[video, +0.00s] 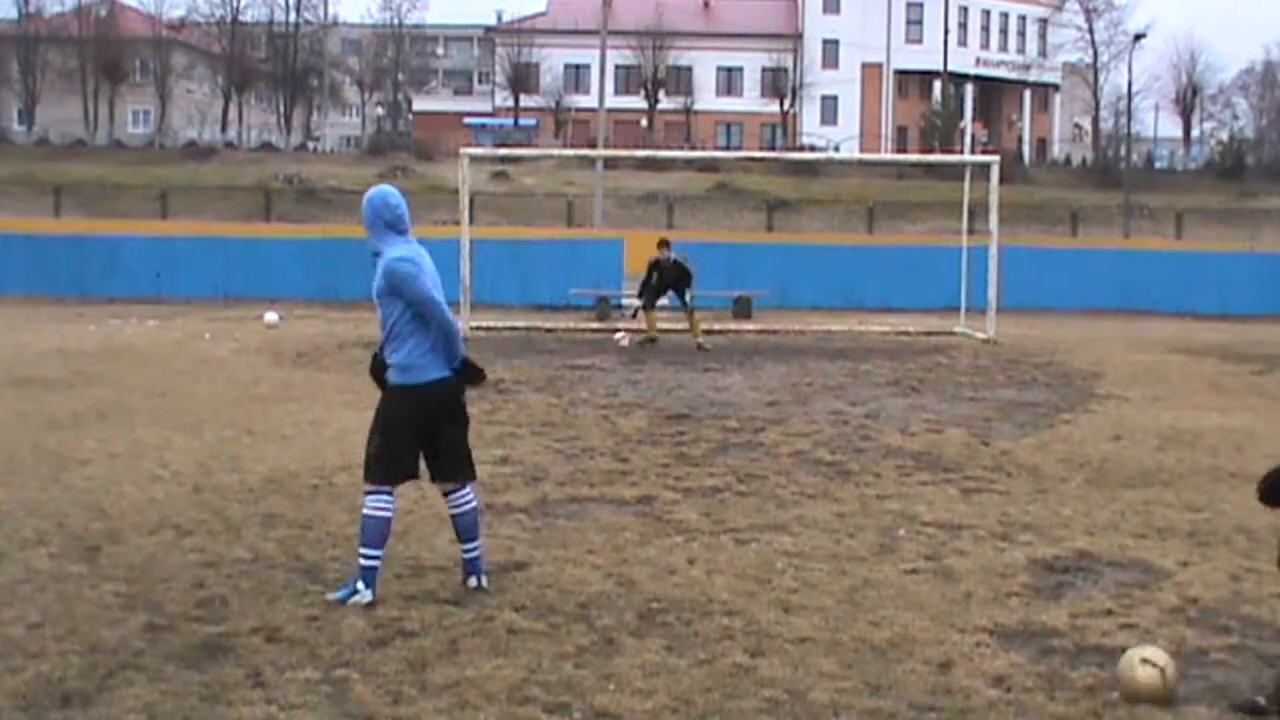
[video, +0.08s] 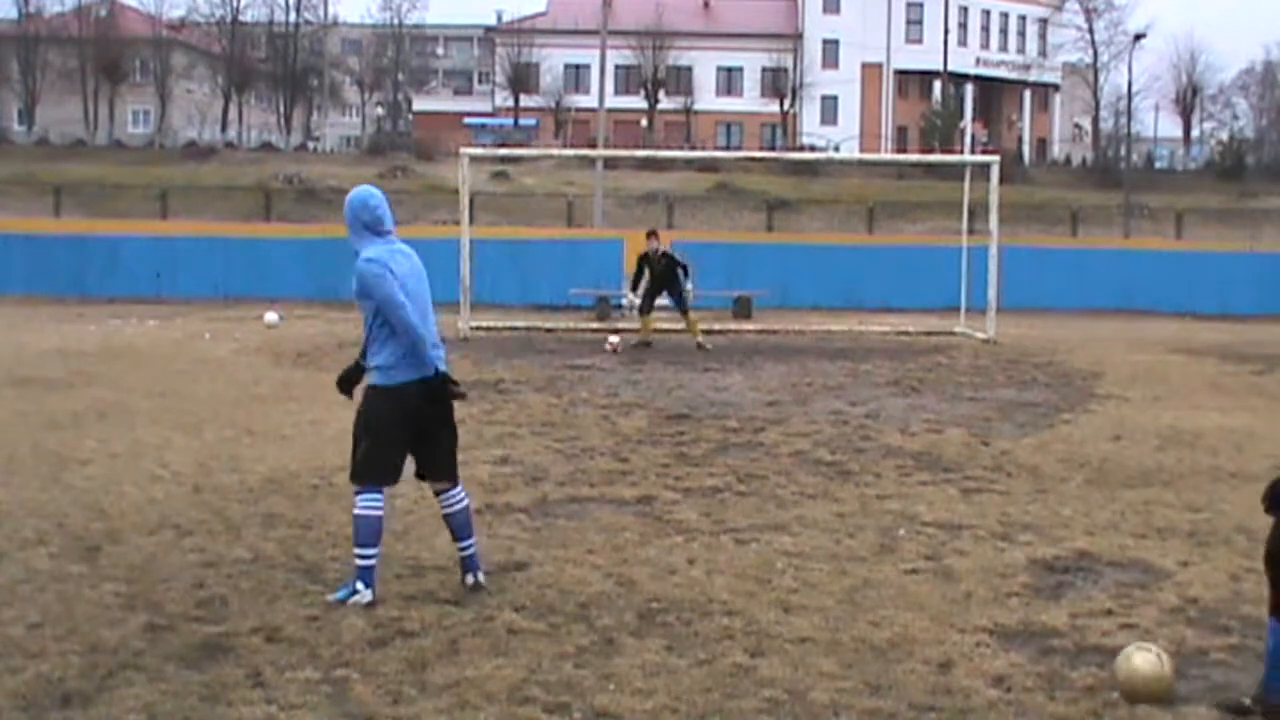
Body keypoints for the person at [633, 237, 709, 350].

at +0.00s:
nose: (663, 253)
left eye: (665, 250)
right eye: (661, 250)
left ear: (669, 250)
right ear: (658, 251)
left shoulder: (678, 263)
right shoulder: (654, 264)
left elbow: (688, 276)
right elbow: (647, 279)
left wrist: (688, 289)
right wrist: (640, 294)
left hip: (678, 285)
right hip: (662, 284)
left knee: (689, 309)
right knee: (647, 305)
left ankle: (698, 338)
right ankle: (652, 333)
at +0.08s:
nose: (652, 243)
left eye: (654, 240)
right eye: (649, 240)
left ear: (658, 241)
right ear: (647, 242)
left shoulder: (667, 256)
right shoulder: (643, 258)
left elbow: (684, 267)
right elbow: (638, 274)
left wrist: (687, 282)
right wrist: (633, 291)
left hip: (672, 284)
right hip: (655, 284)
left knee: (684, 310)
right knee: (644, 310)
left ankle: (698, 339)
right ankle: (645, 338)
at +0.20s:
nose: (636, 236)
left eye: (639, 233)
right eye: (634, 233)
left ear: (643, 234)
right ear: (631, 235)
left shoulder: (653, 248)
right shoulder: (628, 252)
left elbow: (673, 255)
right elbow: (623, 268)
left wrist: (686, 269)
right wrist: (622, 284)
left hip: (658, 283)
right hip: (642, 284)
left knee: (668, 312)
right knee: (635, 313)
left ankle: (691, 332)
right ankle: (645, 339)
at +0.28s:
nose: (626, 235)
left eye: (628, 231)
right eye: (624, 232)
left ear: (633, 232)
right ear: (621, 233)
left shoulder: (644, 246)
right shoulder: (620, 251)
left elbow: (664, 251)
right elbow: (615, 268)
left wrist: (681, 259)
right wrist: (615, 282)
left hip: (650, 281)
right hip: (636, 282)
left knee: (650, 311)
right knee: (631, 314)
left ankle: (668, 327)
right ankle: (644, 338)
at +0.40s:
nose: (613, 233)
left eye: (615, 230)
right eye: (611, 230)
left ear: (621, 230)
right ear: (610, 231)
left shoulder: (632, 245)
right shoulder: (609, 249)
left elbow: (650, 249)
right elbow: (604, 267)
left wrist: (669, 253)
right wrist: (609, 274)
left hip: (638, 276)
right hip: (625, 278)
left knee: (628, 301)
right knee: (626, 305)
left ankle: (643, 335)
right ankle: (641, 335)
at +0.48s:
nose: (607, 230)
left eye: (610, 227)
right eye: (606, 227)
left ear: (615, 227)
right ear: (604, 229)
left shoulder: (626, 242)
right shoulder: (603, 246)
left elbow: (643, 248)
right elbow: (599, 264)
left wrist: (658, 254)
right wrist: (602, 270)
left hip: (627, 276)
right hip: (614, 277)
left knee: (614, 304)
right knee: (622, 310)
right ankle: (638, 331)